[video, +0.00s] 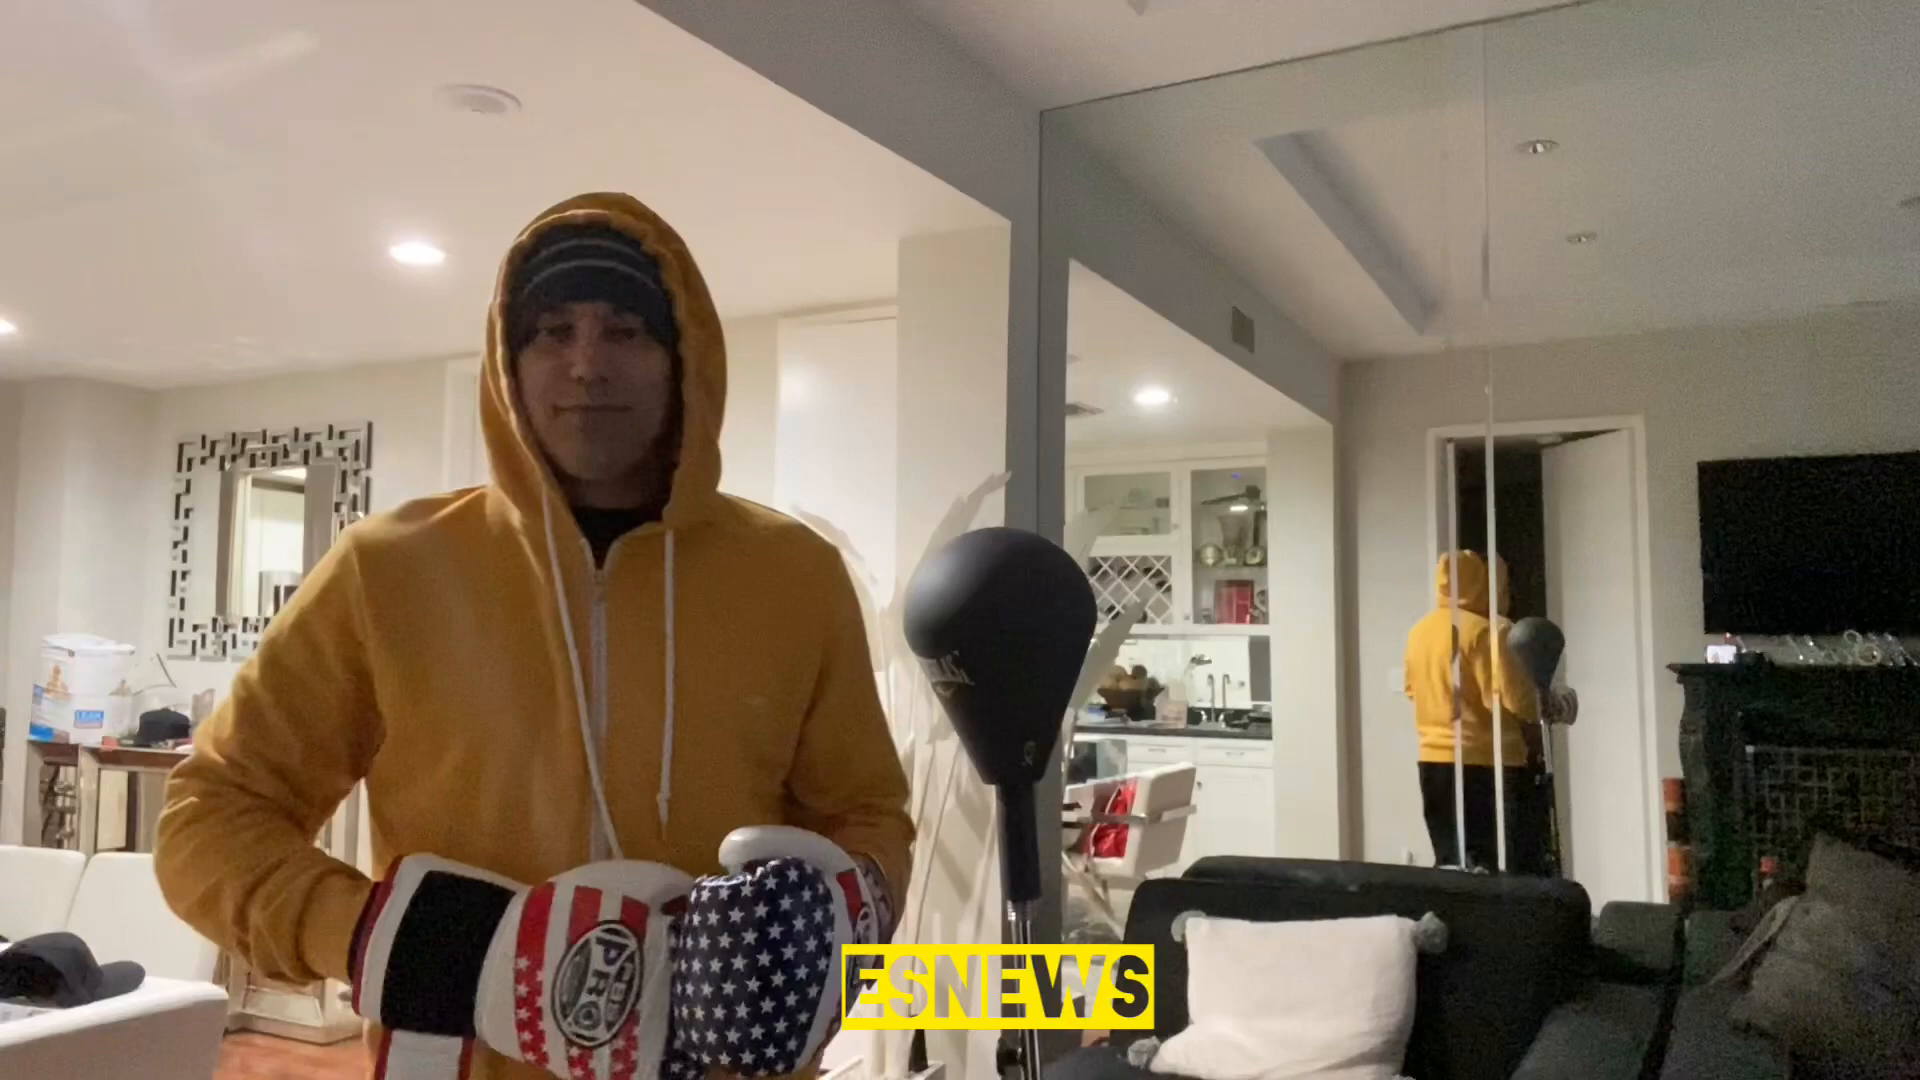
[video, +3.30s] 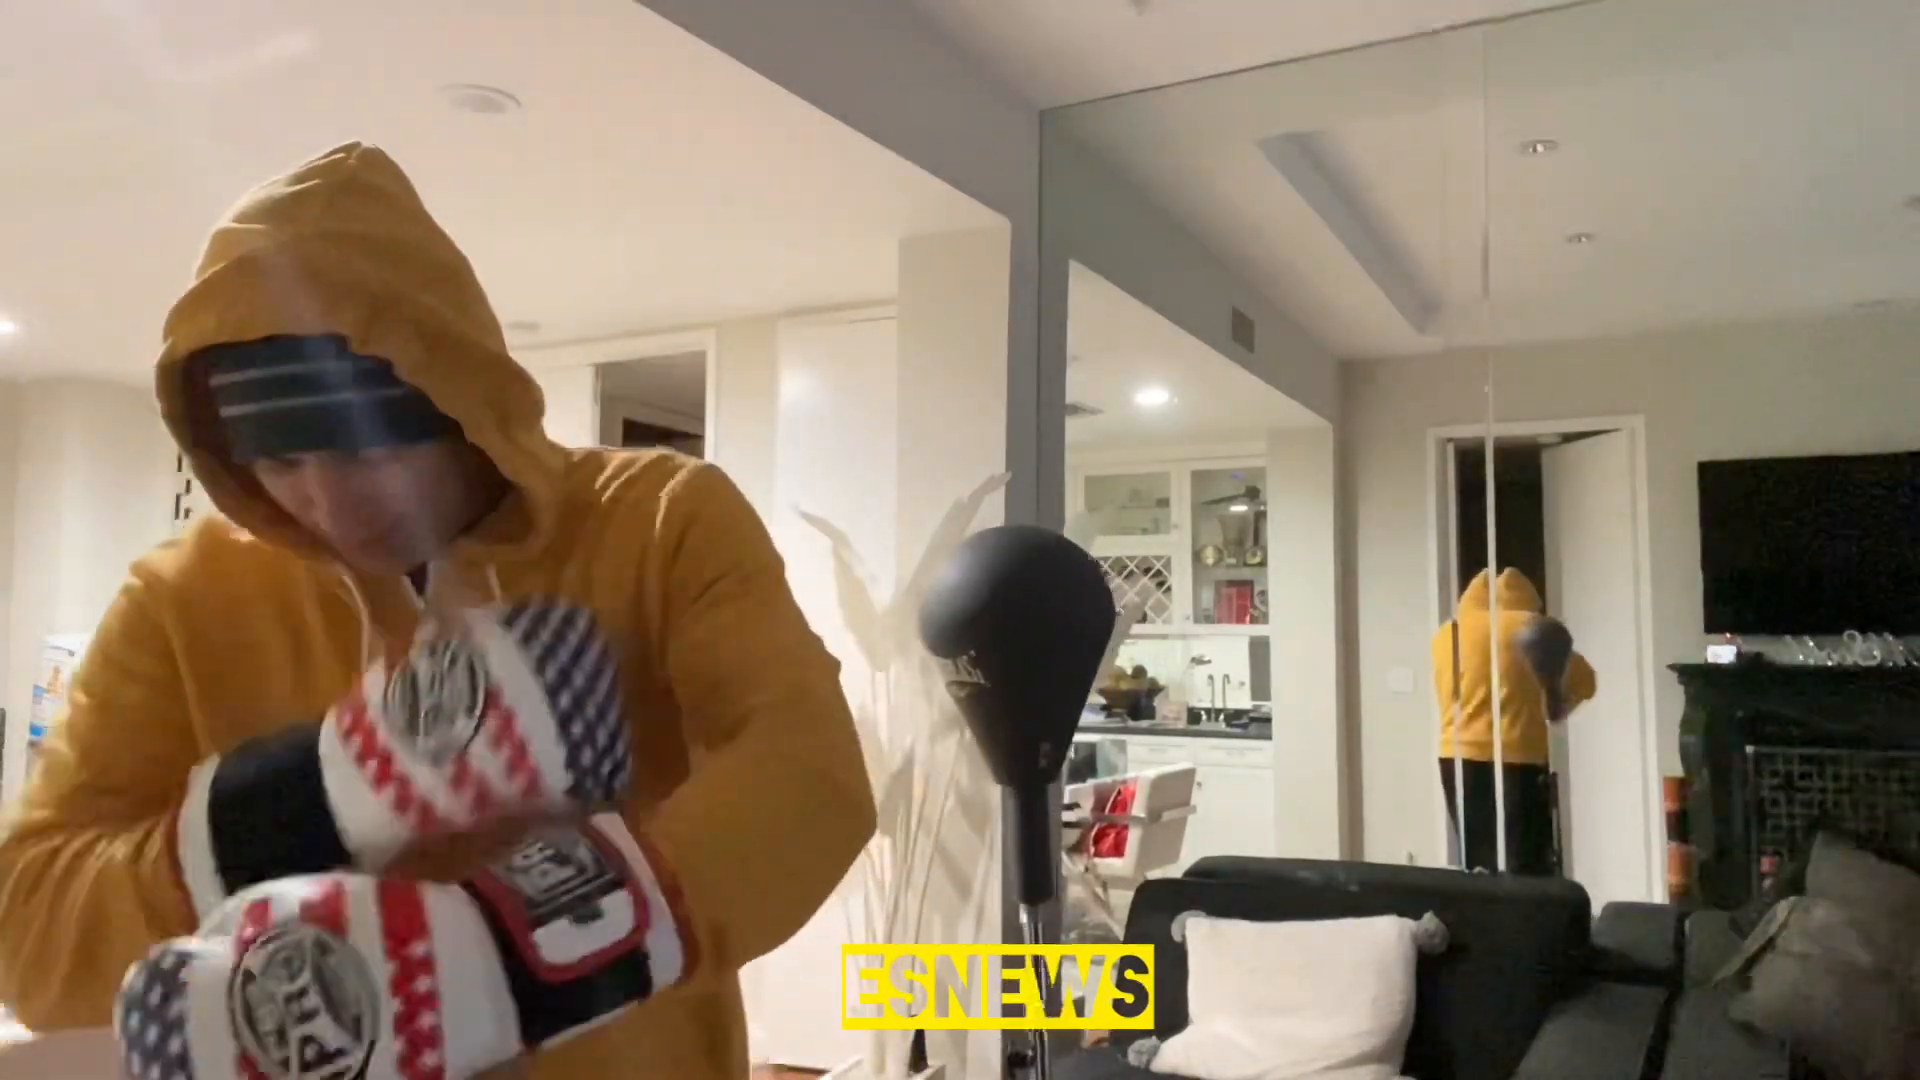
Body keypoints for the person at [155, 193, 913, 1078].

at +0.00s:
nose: (587, 364)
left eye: (626, 331)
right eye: (555, 333)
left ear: (681, 363)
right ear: (510, 367)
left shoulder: (795, 577)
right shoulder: (387, 574)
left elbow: (869, 817)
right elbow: (212, 819)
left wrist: (808, 930)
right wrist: (385, 939)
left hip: (720, 1064)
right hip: (465, 1062)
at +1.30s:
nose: (705, 347)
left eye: (744, 320)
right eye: (670, 321)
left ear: (795, 360)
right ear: (624, 361)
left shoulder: (894, 575)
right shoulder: (501, 560)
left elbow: (991, 818)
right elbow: (282, 770)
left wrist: (879, 881)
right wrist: (511, 891)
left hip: (813, 1066)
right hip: (552, 1061)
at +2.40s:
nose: (616, 472)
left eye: (655, 426)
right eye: (576, 429)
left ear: (728, 419)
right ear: (533, 430)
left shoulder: (864, 574)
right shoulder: (444, 583)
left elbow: (1006, 836)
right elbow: (228, 829)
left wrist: (826, 820)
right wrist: (520, 832)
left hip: (809, 1061)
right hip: (542, 1064)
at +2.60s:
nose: (499, 491)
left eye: (540, 434)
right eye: (461, 443)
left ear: (630, 408)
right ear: (425, 443)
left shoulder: (805, 554)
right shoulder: (357, 599)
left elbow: (980, 808)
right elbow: (153, 874)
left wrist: (750, 789)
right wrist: (486, 854)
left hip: (764, 1060)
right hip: (465, 1063)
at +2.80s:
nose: (376, 506)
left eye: (414, 443)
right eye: (329, 461)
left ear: (507, 410)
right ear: (292, 470)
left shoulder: (732, 535)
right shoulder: (261, 625)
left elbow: (939, 782)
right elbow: (67, 948)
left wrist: (685, 805)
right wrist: (392, 903)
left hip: (723, 1065)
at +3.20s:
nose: (314, 513)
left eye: (347, 448)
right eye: (265, 469)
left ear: (443, 398)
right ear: (222, 470)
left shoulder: (666, 524)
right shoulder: (172, 630)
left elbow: (826, 786)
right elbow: (27, 947)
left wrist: (587, 873)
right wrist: (296, 904)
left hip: (657, 1062)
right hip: (334, 1072)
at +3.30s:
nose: (330, 500)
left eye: (365, 436)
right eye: (281, 456)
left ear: (458, 391)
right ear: (244, 463)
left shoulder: (667, 524)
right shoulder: (184, 603)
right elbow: (34, 941)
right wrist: (327, 803)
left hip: (639, 1062)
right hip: (321, 1072)